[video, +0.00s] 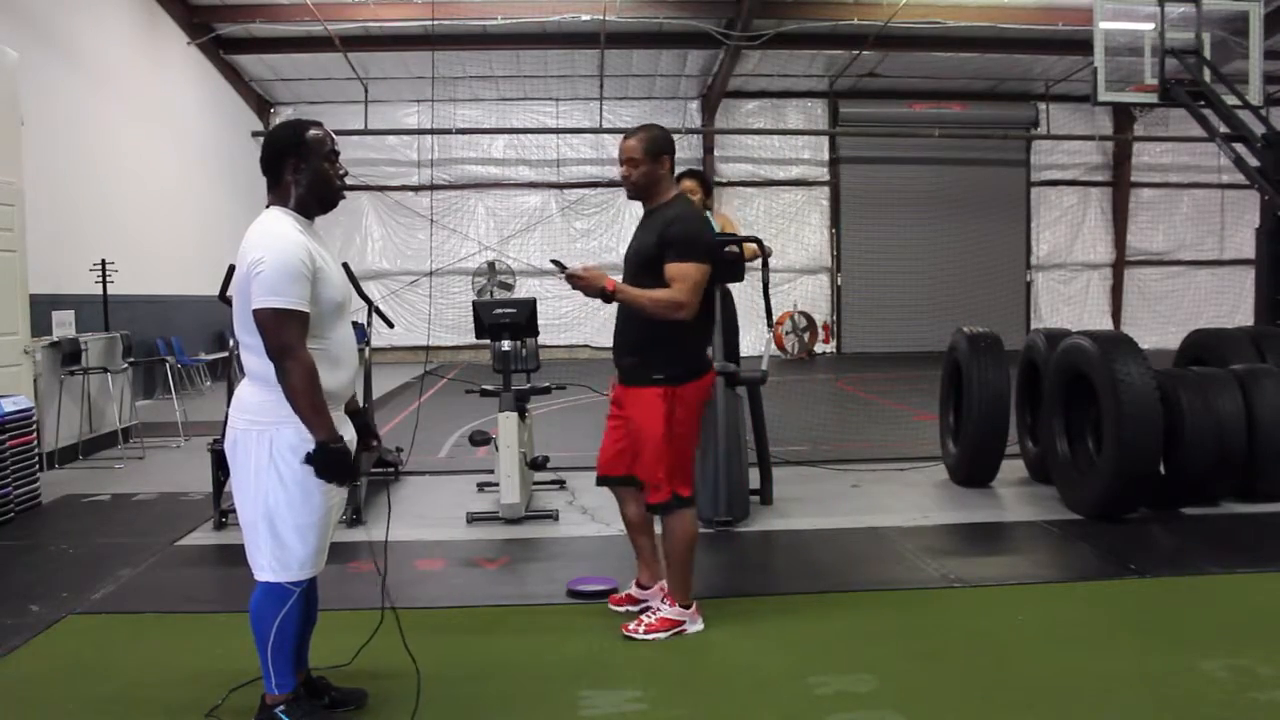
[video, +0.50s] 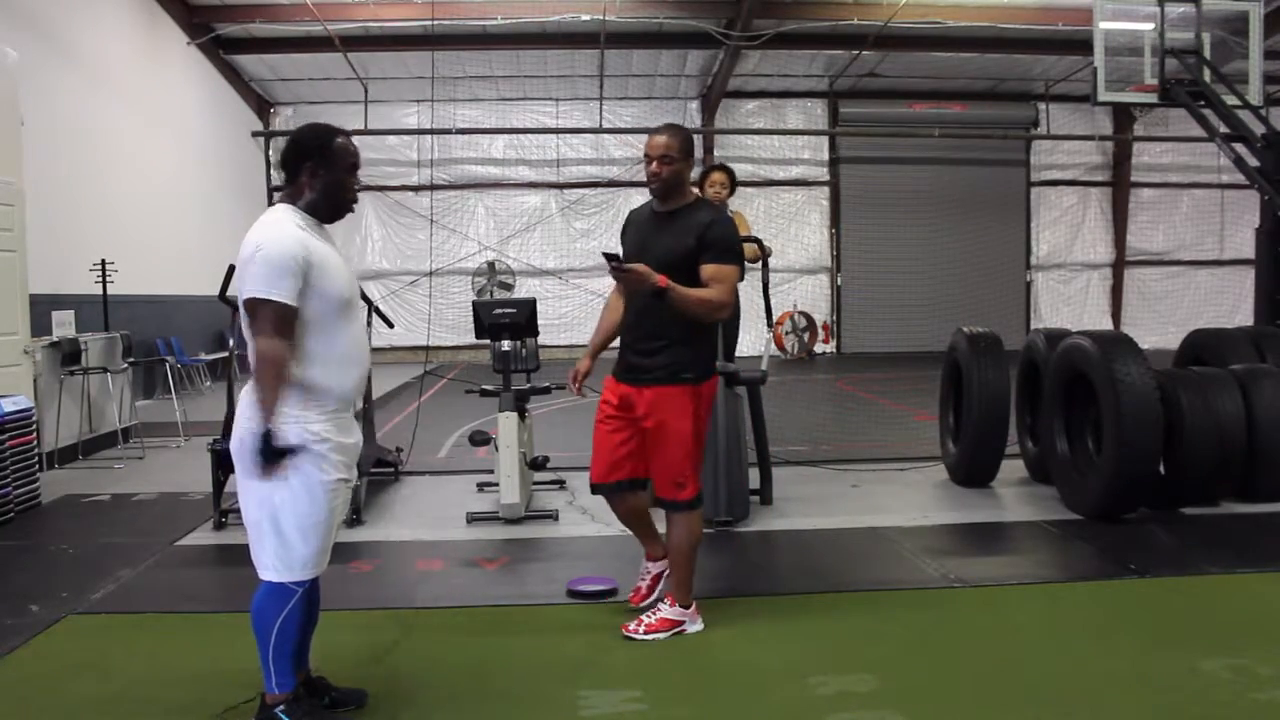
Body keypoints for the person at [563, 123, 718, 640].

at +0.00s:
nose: (623, 172)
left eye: (632, 163)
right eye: (622, 163)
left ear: (664, 164)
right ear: (635, 167)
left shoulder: (688, 222)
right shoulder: (653, 218)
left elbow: (682, 303)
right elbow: (652, 295)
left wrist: (610, 287)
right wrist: (607, 286)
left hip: (672, 382)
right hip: (637, 379)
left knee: (671, 493)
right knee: (621, 476)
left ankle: (681, 605)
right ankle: (651, 582)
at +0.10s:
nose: (627, 173)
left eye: (637, 164)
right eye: (625, 164)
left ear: (668, 163)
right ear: (635, 166)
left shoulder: (696, 222)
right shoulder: (652, 217)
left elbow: (694, 303)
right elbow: (650, 295)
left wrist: (622, 286)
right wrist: (614, 286)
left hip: (675, 381)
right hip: (635, 378)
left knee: (672, 491)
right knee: (624, 478)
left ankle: (681, 603)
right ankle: (653, 582)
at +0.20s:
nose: (633, 173)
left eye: (643, 165)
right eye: (631, 164)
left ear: (673, 164)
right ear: (637, 165)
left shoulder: (703, 223)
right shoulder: (645, 219)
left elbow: (704, 303)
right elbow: (648, 294)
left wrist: (632, 286)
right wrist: (616, 284)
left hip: (676, 381)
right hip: (633, 377)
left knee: (673, 492)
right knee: (627, 482)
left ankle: (681, 605)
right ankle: (656, 583)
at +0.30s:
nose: (641, 173)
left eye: (651, 165)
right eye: (638, 164)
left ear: (679, 166)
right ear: (637, 165)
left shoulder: (708, 224)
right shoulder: (639, 224)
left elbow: (711, 305)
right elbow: (635, 302)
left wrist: (639, 285)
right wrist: (612, 362)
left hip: (680, 382)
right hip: (631, 379)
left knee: (675, 492)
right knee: (624, 483)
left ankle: (681, 604)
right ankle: (654, 577)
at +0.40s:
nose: (649, 169)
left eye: (660, 162)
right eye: (644, 161)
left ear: (687, 165)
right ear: (640, 164)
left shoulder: (711, 222)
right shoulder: (638, 223)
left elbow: (716, 304)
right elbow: (628, 296)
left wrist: (649, 287)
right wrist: (599, 354)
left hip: (682, 381)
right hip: (631, 377)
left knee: (678, 493)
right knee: (617, 480)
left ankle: (681, 604)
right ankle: (653, 563)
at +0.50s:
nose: (654, 168)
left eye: (666, 160)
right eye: (648, 160)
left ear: (690, 164)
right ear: (644, 164)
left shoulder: (715, 223)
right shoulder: (637, 223)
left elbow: (721, 303)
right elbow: (622, 295)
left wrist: (657, 285)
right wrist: (591, 352)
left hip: (682, 380)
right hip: (629, 376)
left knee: (678, 492)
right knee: (612, 480)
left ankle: (681, 603)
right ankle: (659, 553)